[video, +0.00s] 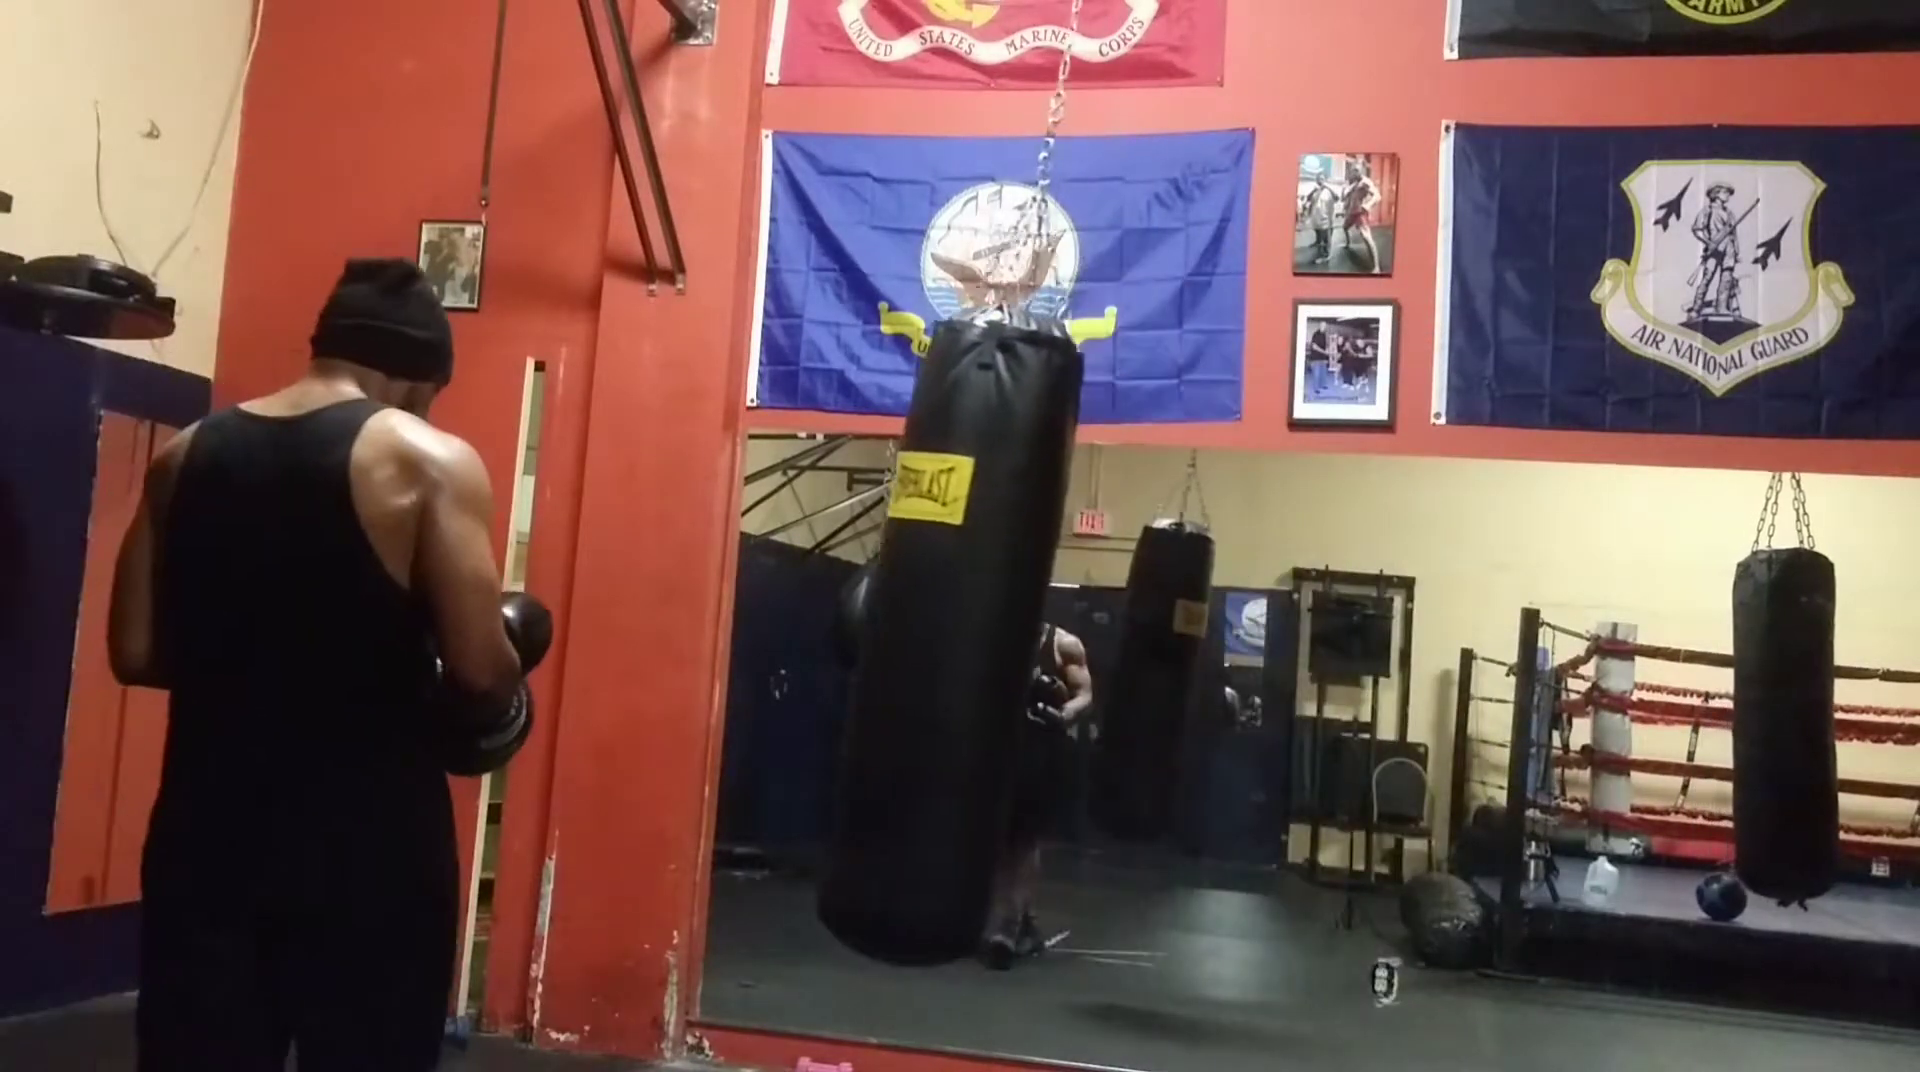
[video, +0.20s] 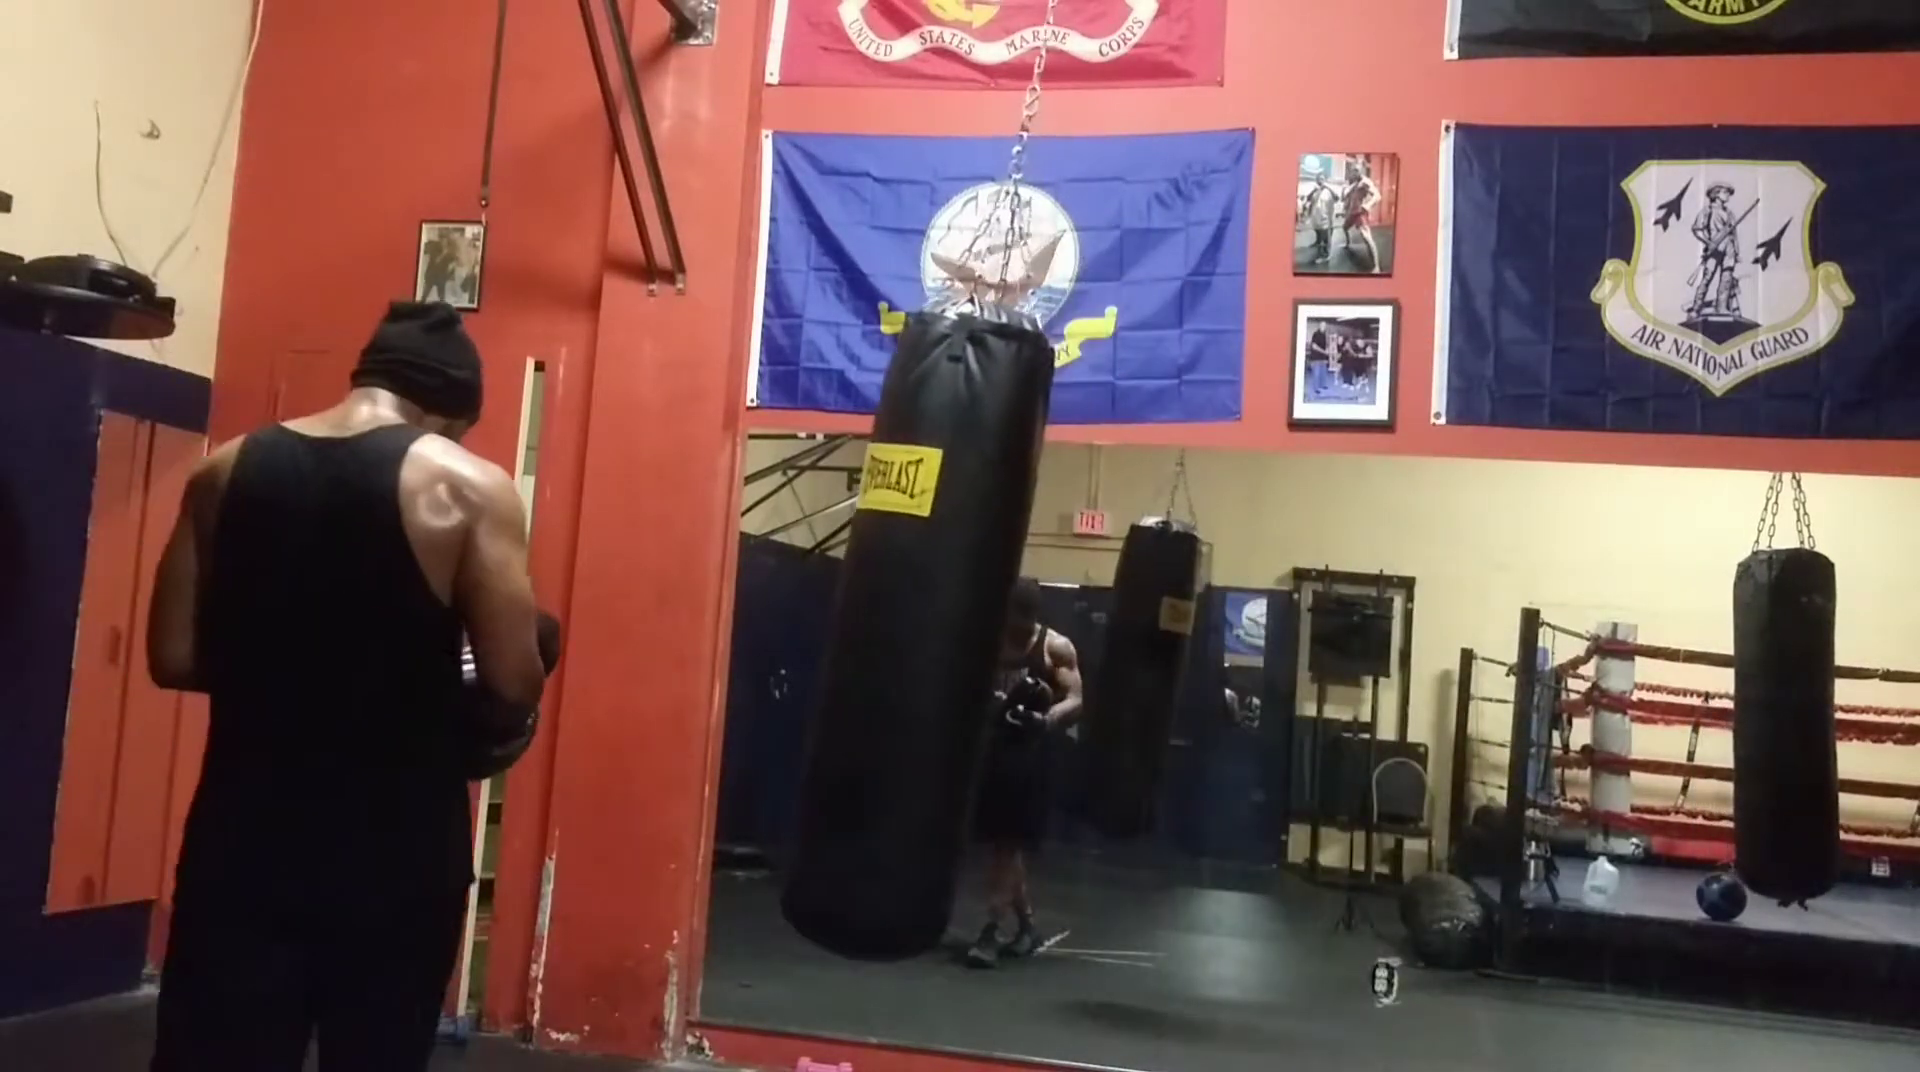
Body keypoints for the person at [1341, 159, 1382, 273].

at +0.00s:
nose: (1352, 174)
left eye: (1355, 171)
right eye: (1352, 171)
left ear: (1359, 172)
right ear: (1350, 172)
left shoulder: (1365, 182)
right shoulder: (1350, 184)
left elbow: (1376, 195)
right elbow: (1343, 198)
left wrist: (1367, 206)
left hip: (1361, 212)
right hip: (1351, 212)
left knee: (1366, 236)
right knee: (1345, 227)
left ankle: (1376, 266)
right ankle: (1348, 243)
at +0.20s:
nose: (1351, 174)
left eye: (1354, 171)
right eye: (1350, 172)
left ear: (1358, 172)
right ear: (1350, 173)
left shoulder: (1365, 182)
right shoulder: (1351, 184)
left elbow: (1376, 195)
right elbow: (1345, 199)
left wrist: (1367, 206)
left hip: (1361, 212)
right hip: (1351, 212)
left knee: (1366, 237)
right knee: (1345, 227)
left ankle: (1376, 266)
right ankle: (1348, 243)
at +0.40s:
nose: (1352, 174)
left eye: (1355, 171)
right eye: (1351, 171)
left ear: (1359, 172)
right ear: (1349, 173)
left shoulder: (1365, 182)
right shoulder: (1349, 184)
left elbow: (1376, 196)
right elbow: (1343, 198)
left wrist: (1366, 206)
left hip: (1360, 212)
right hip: (1350, 212)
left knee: (1367, 237)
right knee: (1345, 227)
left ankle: (1376, 266)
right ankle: (1348, 243)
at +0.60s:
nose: (1351, 174)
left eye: (1354, 171)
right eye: (1350, 171)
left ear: (1358, 172)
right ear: (1349, 173)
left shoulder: (1364, 182)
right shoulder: (1349, 185)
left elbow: (1376, 196)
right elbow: (1344, 198)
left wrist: (1366, 206)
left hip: (1360, 212)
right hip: (1350, 213)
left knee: (1367, 238)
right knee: (1345, 228)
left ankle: (1376, 266)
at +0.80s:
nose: (1351, 174)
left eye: (1354, 171)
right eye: (1351, 172)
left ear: (1358, 172)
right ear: (1350, 173)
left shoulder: (1365, 182)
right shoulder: (1351, 184)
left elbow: (1376, 196)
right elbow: (1344, 198)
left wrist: (1366, 206)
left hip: (1361, 211)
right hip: (1351, 211)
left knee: (1367, 237)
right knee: (1345, 227)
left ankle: (1376, 266)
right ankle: (1348, 243)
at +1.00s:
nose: (1351, 175)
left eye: (1353, 172)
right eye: (1350, 172)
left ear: (1358, 173)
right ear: (1349, 174)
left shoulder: (1365, 182)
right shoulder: (1351, 185)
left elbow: (1376, 196)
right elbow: (1344, 197)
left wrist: (1366, 206)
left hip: (1361, 211)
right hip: (1351, 211)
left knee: (1367, 237)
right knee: (1345, 227)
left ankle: (1376, 266)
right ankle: (1348, 243)